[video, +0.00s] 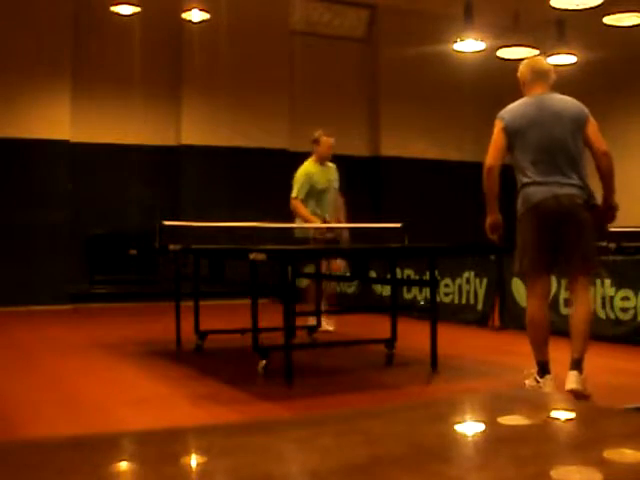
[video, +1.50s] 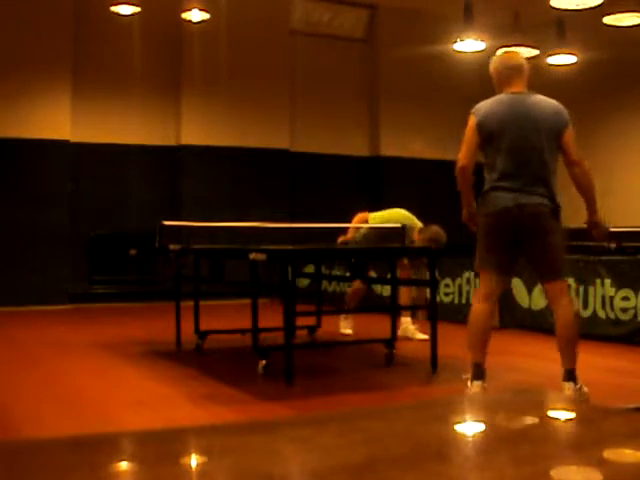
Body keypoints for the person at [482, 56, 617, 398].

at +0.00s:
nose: (519, 85)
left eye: (519, 80)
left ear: (523, 82)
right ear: (551, 79)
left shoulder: (508, 115)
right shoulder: (576, 109)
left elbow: (491, 165)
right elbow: (602, 153)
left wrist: (492, 211)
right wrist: (610, 199)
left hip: (533, 206)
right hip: (575, 205)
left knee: (537, 289)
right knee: (581, 285)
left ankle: (542, 373)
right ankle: (576, 372)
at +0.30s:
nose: (531, 83)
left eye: (530, 78)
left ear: (533, 80)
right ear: (562, 79)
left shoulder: (518, 113)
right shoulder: (587, 113)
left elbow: (505, 165)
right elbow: (606, 162)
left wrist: (502, 213)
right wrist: (615, 212)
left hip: (533, 205)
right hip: (576, 205)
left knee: (537, 290)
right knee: (578, 288)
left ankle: (542, 373)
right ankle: (573, 378)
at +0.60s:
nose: (541, 87)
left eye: (539, 81)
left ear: (542, 82)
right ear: (571, 79)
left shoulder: (529, 111)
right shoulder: (597, 114)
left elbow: (513, 159)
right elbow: (617, 167)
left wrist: (505, 209)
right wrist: (627, 215)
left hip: (539, 208)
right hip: (583, 209)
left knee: (538, 293)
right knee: (582, 292)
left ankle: (543, 374)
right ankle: (575, 380)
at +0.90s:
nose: (543, 86)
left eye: (542, 81)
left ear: (544, 81)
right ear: (575, 79)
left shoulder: (532, 108)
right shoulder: (599, 113)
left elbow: (514, 156)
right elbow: (619, 170)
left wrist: (506, 206)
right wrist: (625, 218)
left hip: (541, 210)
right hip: (584, 211)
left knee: (535, 293)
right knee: (583, 293)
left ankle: (538, 372)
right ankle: (574, 380)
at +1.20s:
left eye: (526, 78)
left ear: (528, 79)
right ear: (559, 76)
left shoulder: (518, 109)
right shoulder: (588, 111)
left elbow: (499, 160)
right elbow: (609, 165)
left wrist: (493, 207)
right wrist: (617, 213)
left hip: (529, 215)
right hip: (573, 215)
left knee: (507, 288)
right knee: (578, 295)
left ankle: (490, 368)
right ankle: (573, 381)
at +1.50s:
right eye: (525, 70)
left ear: (495, 79)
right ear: (526, 75)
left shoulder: (482, 111)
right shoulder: (554, 110)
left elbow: (464, 164)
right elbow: (575, 163)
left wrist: (468, 205)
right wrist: (593, 211)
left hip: (495, 216)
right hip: (541, 215)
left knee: (486, 292)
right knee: (559, 294)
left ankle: (476, 377)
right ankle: (570, 379)